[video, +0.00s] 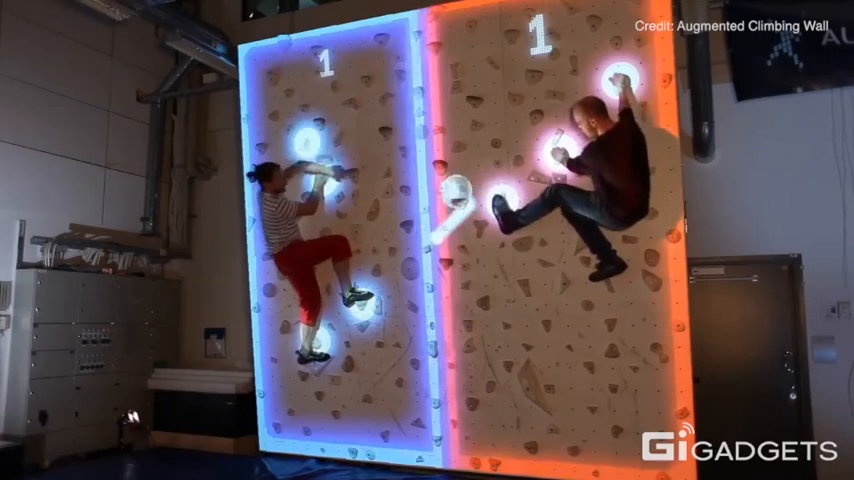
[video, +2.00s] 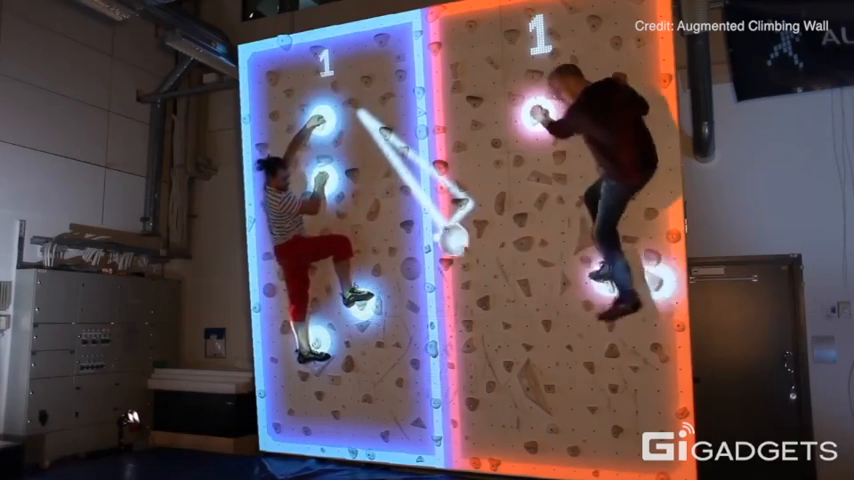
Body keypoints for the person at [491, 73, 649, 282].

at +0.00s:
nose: (580, 129)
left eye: (580, 123)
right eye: (578, 124)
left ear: (592, 121)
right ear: (605, 115)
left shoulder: (595, 152)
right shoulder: (630, 128)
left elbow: (579, 168)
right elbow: (625, 111)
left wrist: (564, 159)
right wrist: (625, 90)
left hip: (618, 217)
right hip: (640, 209)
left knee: (557, 192)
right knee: (571, 210)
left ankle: (512, 221)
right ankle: (609, 261)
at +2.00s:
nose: (559, 98)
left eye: (558, 91)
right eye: (556, 94)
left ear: (568, 84)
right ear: (579, 77)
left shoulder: (581, 109)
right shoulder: (613, 86)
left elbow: (561, 131)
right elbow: (643, 107)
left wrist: (545, 120)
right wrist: (624, 86)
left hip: (625, 174)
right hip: (645, 162)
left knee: (604, 232)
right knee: (592, 198)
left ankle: (628, 297)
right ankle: (613, 263)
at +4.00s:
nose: (541, 158)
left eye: (540, 154)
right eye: (542, 153)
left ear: (546, 154)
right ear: (562, 141)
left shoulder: (553, 173)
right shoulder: (589, 147)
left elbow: (543, 154)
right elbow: (616, 124)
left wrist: (541, 127)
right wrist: (622, 95)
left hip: (597, 234)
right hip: (619, 219)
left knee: (579, 287)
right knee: (562, 214)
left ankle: (573, 355)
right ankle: (607, 262)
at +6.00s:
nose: (560, 133)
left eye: (559, 128)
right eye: (560, 127)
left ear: (565, 128)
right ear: (581, 117)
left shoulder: (576, 160)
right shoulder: (607, 129)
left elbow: (585, 199)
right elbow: (628, 117)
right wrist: (625, 92)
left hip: (620, 217)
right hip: (644, 199)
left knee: (597, 265)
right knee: (605, 223)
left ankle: (645, 315)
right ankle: (618, 262)